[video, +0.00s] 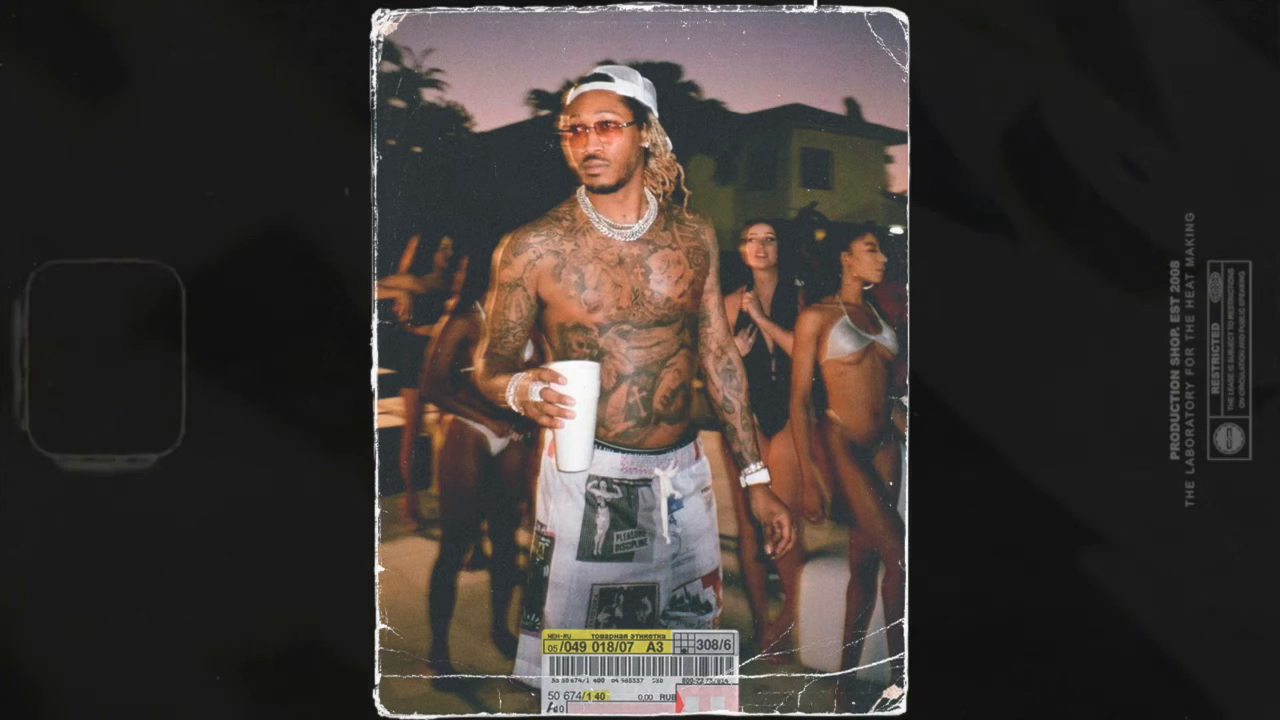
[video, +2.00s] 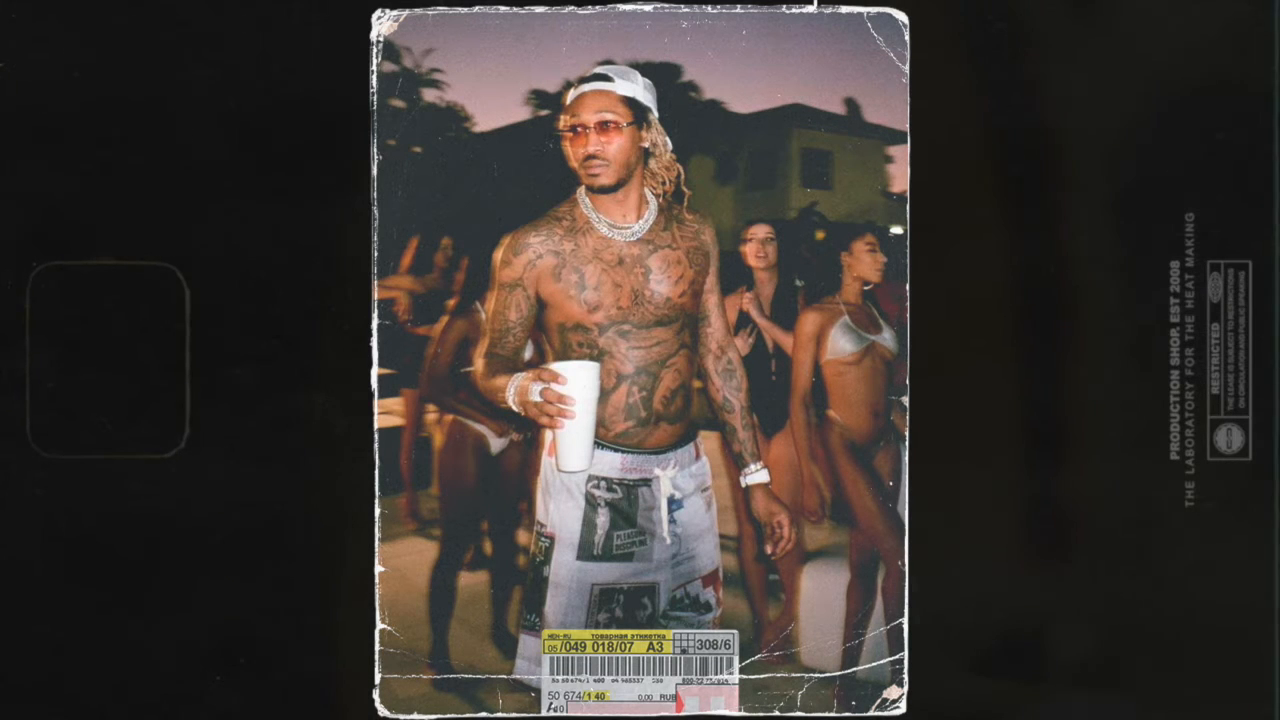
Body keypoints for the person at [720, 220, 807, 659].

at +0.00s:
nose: (760, 249)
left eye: (768, 241)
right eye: (752, 242)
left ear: (780, 249)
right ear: (741, 250)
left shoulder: (797, 296)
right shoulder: (730, 300)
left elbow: (802, 351)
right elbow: (714, 365)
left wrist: (761, 318)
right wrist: (735, 347)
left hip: (784, 421)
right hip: (739, 421)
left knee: (783, 520)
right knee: (748, 525)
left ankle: (794, 612)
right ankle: (761, 620)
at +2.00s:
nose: (759, 249)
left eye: (768, 241)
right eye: (751, 242)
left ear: (781, 249)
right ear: (741, 250)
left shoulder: (797, 296)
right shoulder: (730, 300)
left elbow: (802, 351)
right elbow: (714, 365)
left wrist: (761, 318)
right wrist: (735, 346)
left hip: (784, 420)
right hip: (739, 421)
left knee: (783, 520)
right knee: (748, 526)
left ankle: (794, 614)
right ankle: (762, 620)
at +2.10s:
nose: (760, 249)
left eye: (768, 241)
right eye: (751, 242)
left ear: (780, 249)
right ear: (741, 250)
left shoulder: (798, 296)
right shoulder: (730, 300)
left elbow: (802, 351)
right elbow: (715, 364)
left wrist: (761, 318)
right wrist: (736, 342)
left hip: (784, 421)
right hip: (739, 421)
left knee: (783, 520)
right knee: (748, 526)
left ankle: (794, 613)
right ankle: (762, 620)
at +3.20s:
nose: (760, 249)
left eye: (768, 242)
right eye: (752, 242)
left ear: (781, 249)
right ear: (741, 250)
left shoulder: (797, 296)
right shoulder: (731, 300)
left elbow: (803, 352)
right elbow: (714, 365)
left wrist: (761, 318)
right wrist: (735, 343)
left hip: (784, 420)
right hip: (738, 421)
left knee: (784, 521)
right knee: (749, 527)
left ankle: (793, 613)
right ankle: (762, 623)